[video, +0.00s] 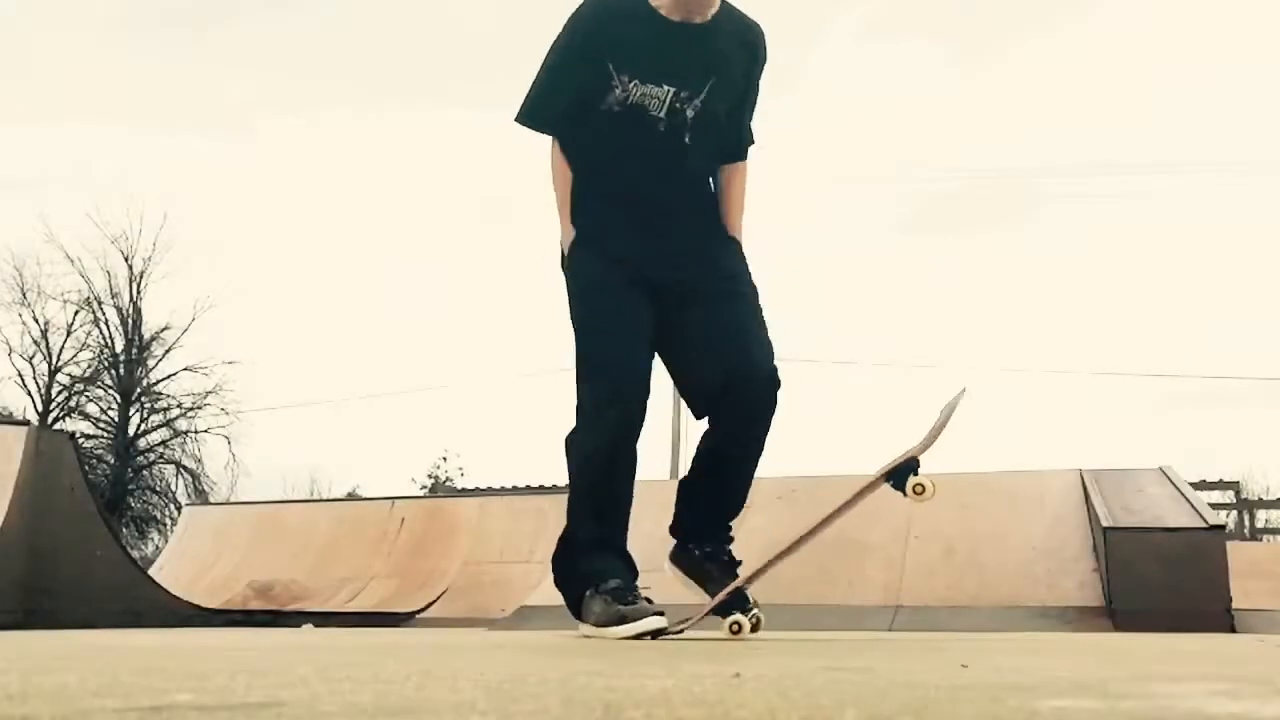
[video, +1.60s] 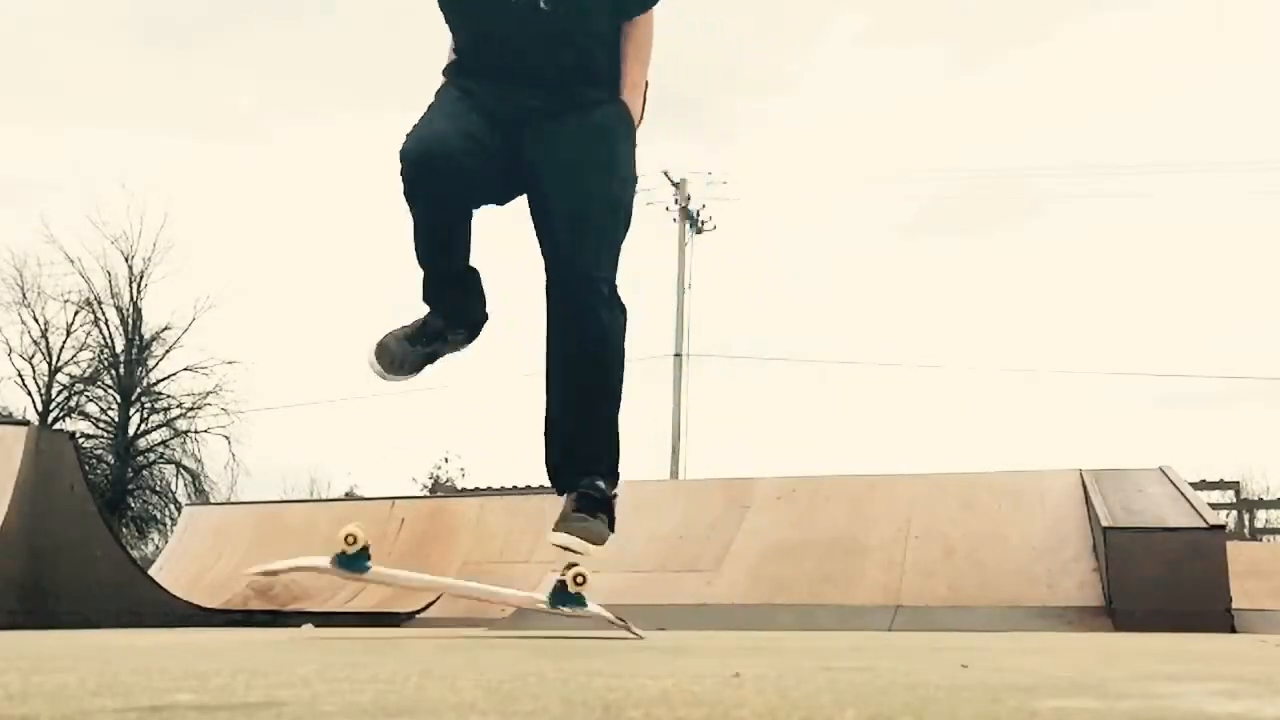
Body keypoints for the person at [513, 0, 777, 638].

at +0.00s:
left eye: (715, 1)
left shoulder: (742, 38)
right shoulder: (601, 18)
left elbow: (733, 153)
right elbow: (565, 137)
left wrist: (730, 248)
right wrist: (571, 235)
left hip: (699, 246)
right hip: (607, 245)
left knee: (750, 385)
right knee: (614, 406)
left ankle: (702, 536)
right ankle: (596, 577)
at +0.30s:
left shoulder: (738, 7)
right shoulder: (586, 8)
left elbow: (711, 101)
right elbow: (549, 85)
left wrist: (715, 197)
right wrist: (556, 191)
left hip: (689, 189)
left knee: (727, 329)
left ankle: (690, 474)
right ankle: (594, 564)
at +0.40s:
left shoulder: (744, 6)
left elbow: (738, 64)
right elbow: (560, 34)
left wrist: (727, 154)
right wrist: (554, 125)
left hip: (692, 140)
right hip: (595, 129)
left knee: (682, 296)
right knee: (606, 277)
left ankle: (653, 478)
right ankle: (569, 468)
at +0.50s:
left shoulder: (755, 6)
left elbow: (753, 49)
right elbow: (572, 16)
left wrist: (734, 137)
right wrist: (559, 90)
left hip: (688, 107)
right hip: (595, 89)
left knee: (666, 293)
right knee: (583, 208)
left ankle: (641, 481)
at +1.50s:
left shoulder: (664, 8)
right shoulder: (495, 4)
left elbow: (673, 46)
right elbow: (499, 53)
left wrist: (663, 154)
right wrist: (489, 136)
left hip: (622, 128)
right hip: (523, 122)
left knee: (606, 318)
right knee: (480, 213)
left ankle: (599, 496)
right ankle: (459, 368)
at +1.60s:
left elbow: (637, 14)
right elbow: (464, 34)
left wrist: (625, 117)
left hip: (583, 100)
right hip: (481, 90)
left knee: (584, 290)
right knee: (429, 158)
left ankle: (589, 486)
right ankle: (454, 313)